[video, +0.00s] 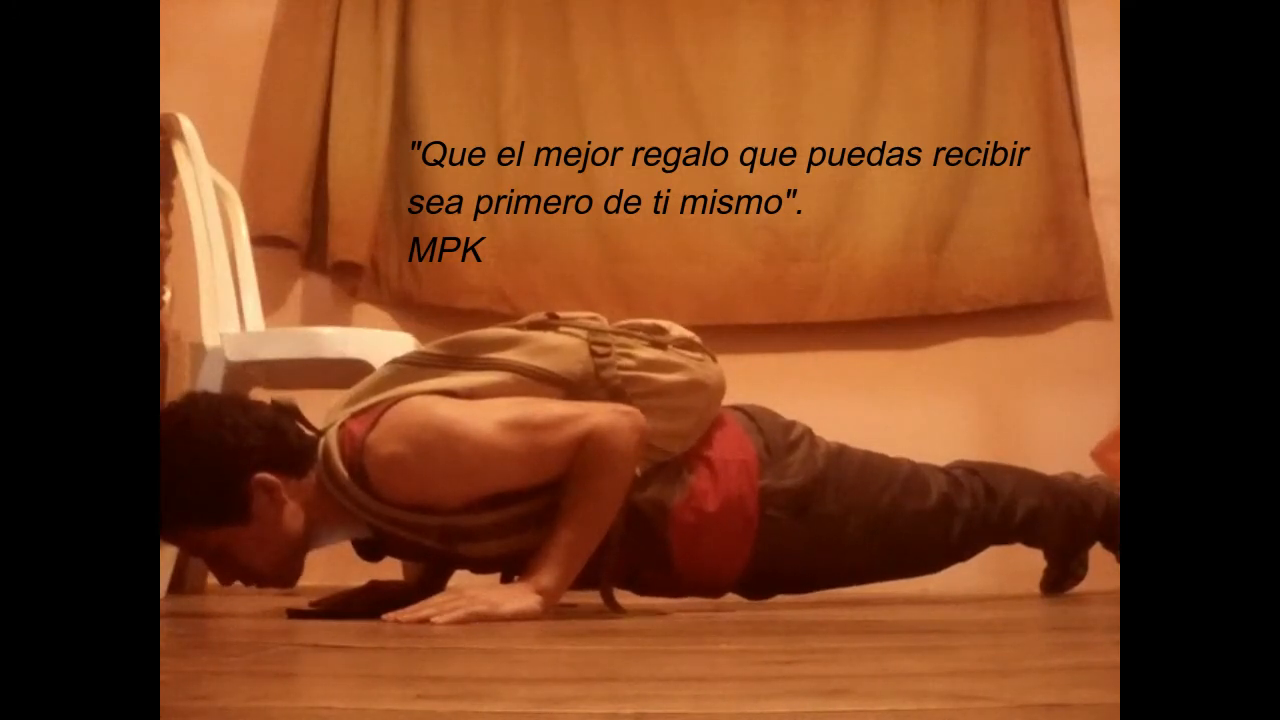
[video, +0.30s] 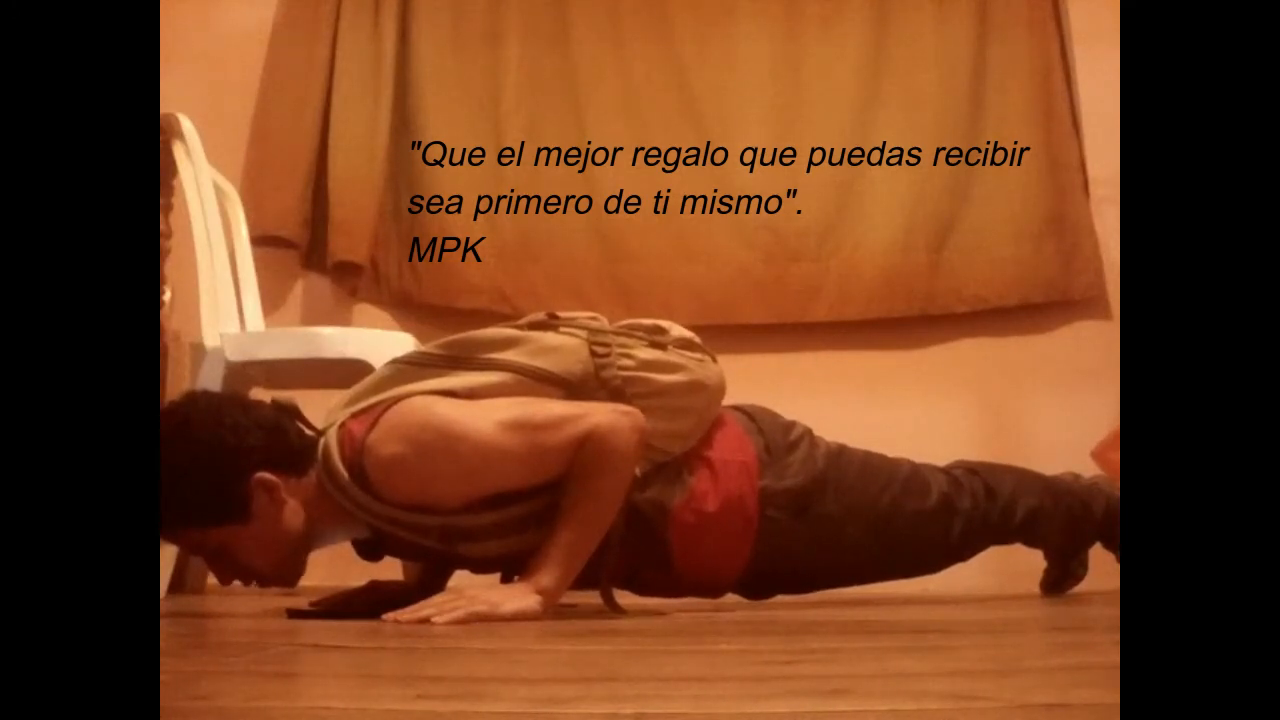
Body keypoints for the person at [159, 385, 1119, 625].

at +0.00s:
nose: (217, 575)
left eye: (211, 550)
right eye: (199, 559)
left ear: (264, 493)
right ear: (260, 481)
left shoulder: (400, 452)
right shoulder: (355, 458)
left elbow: (613, 438)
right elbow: (485, 528)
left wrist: (538, 588)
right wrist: (392, 584)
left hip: (737, 496)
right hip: (710, 502)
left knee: (944, 510)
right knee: (923, 507)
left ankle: (1093, 506)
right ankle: (1077, 504)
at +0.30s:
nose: (219, 576)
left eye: (212, 551)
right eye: (201, 561)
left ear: (263, 492)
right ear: (261, 479)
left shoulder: (400, 452)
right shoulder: (355, 459)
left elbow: (612, 439)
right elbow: (477, 531)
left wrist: (539, 588)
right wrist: (387, 587)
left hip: (738, 499)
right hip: (711, 502)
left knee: (946, 509)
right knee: (925, 506)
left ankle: (1095, 505)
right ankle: (1075, 505)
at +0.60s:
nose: (219, 576)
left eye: (212, 551)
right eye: (200, 561)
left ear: (265, 493)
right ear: (262, 483)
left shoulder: (398, 453)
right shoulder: (355, 459)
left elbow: (611, 439)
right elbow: (477, 533)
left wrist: (539, 589)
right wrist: (384, 587)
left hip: (736, 496)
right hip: (708, 506)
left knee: (946, 508)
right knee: (925, 507)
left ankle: (1094, 504)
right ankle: (1074, 506)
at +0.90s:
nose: (219, 576)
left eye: (212, 551)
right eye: (200, 560)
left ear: (265, 494)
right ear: (262, 484)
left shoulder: (396, 452)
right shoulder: (354, 461)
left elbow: (610, 438)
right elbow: (478, 536)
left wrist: (539, 588)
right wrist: (381, 589)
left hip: (735, 496)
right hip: (708, 504)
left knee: (945, 509)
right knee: (925, 508)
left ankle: (1094, 506)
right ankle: (1076, 507)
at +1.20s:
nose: (218, 576)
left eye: (212, 551)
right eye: (200, 561)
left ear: (264, 494)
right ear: (261, 484)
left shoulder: (395, 452)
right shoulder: (353, 461)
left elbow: (609, 438)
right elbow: (480, 533)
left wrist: (539, 589)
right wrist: (387, 587)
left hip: (735, 490)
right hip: (707, 505)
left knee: (942, 509)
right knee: (922, 507)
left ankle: (1094, 505)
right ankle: (1076, 506)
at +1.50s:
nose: (217, 576)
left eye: (211, 551)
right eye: (199, 560)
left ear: (262, 493)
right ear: (259, 482)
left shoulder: (397, 453)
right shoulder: (355, 460)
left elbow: (609, 437)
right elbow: (486, 529)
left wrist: (539, 588)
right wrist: (390, 585)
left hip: (737, 491)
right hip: (710, 500)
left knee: (943, 508)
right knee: (923, 505)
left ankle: (1095, 505)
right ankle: (1077, 505)